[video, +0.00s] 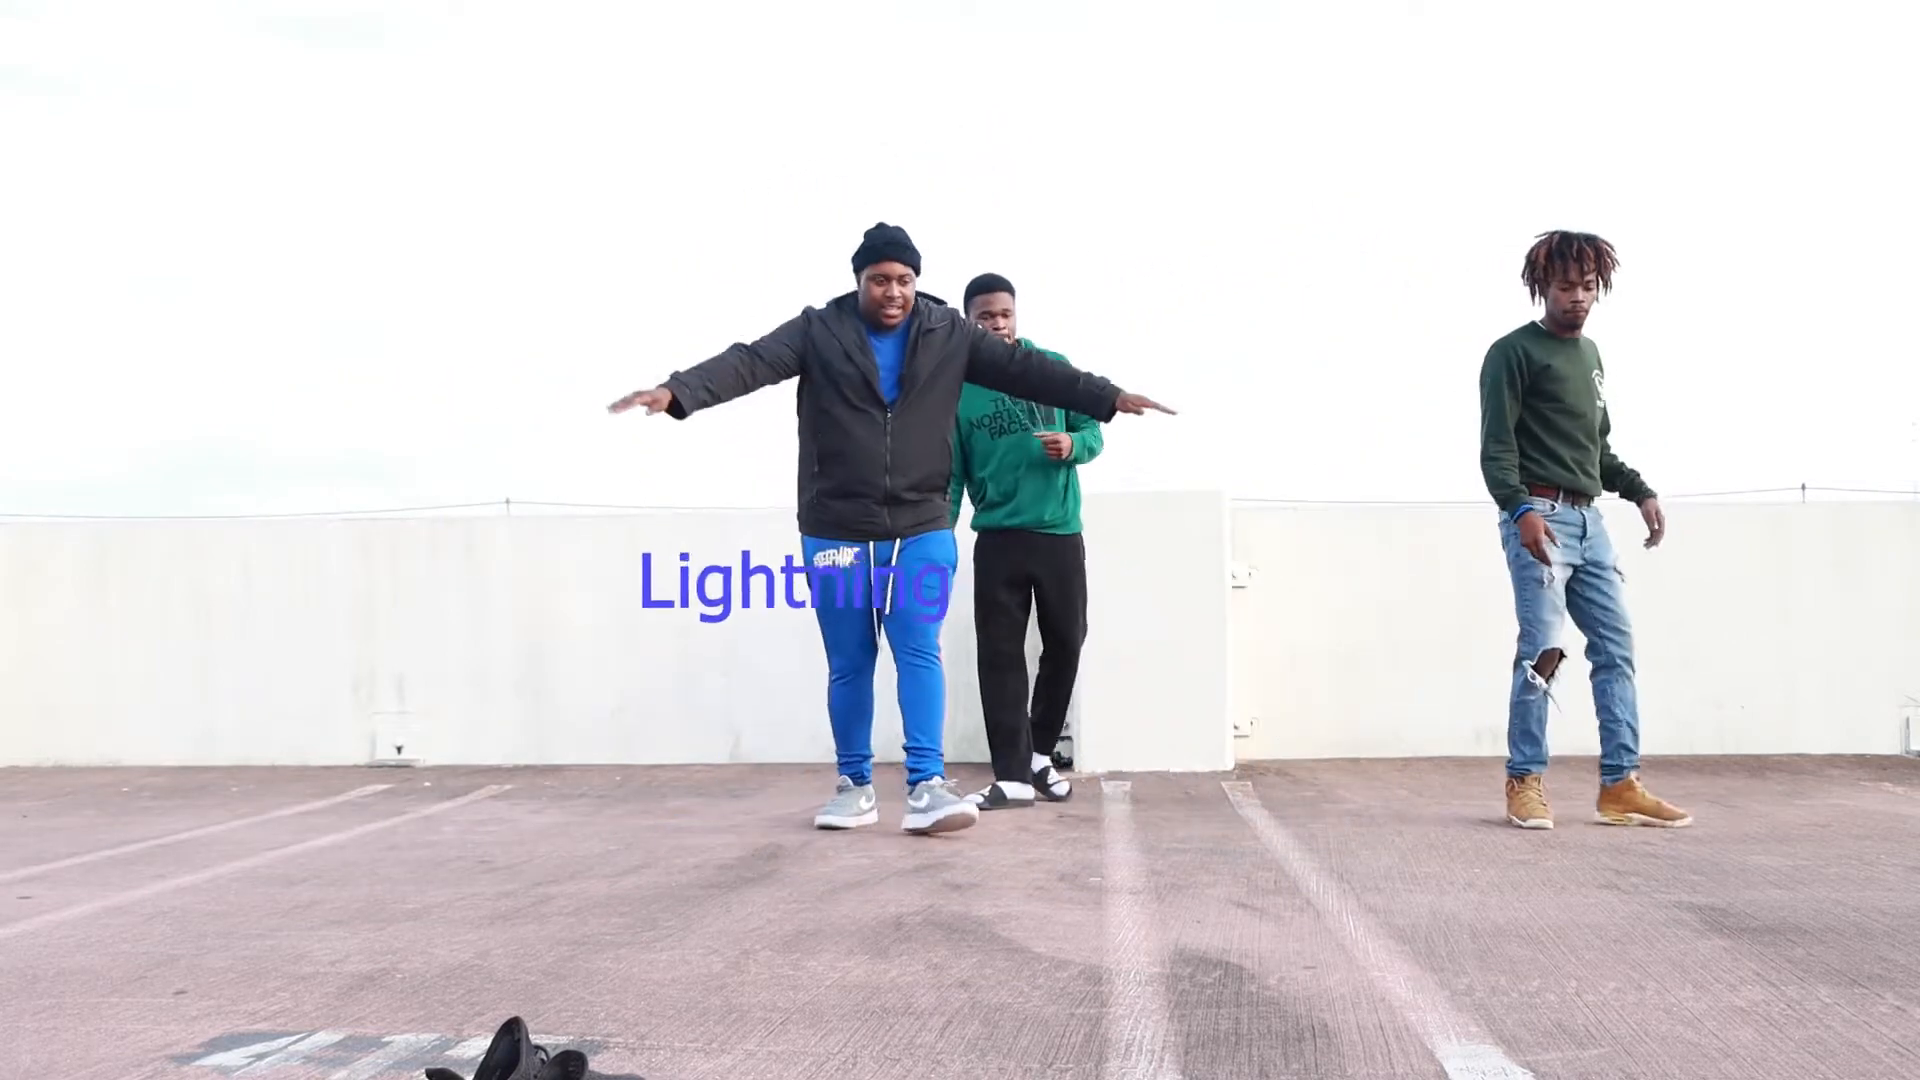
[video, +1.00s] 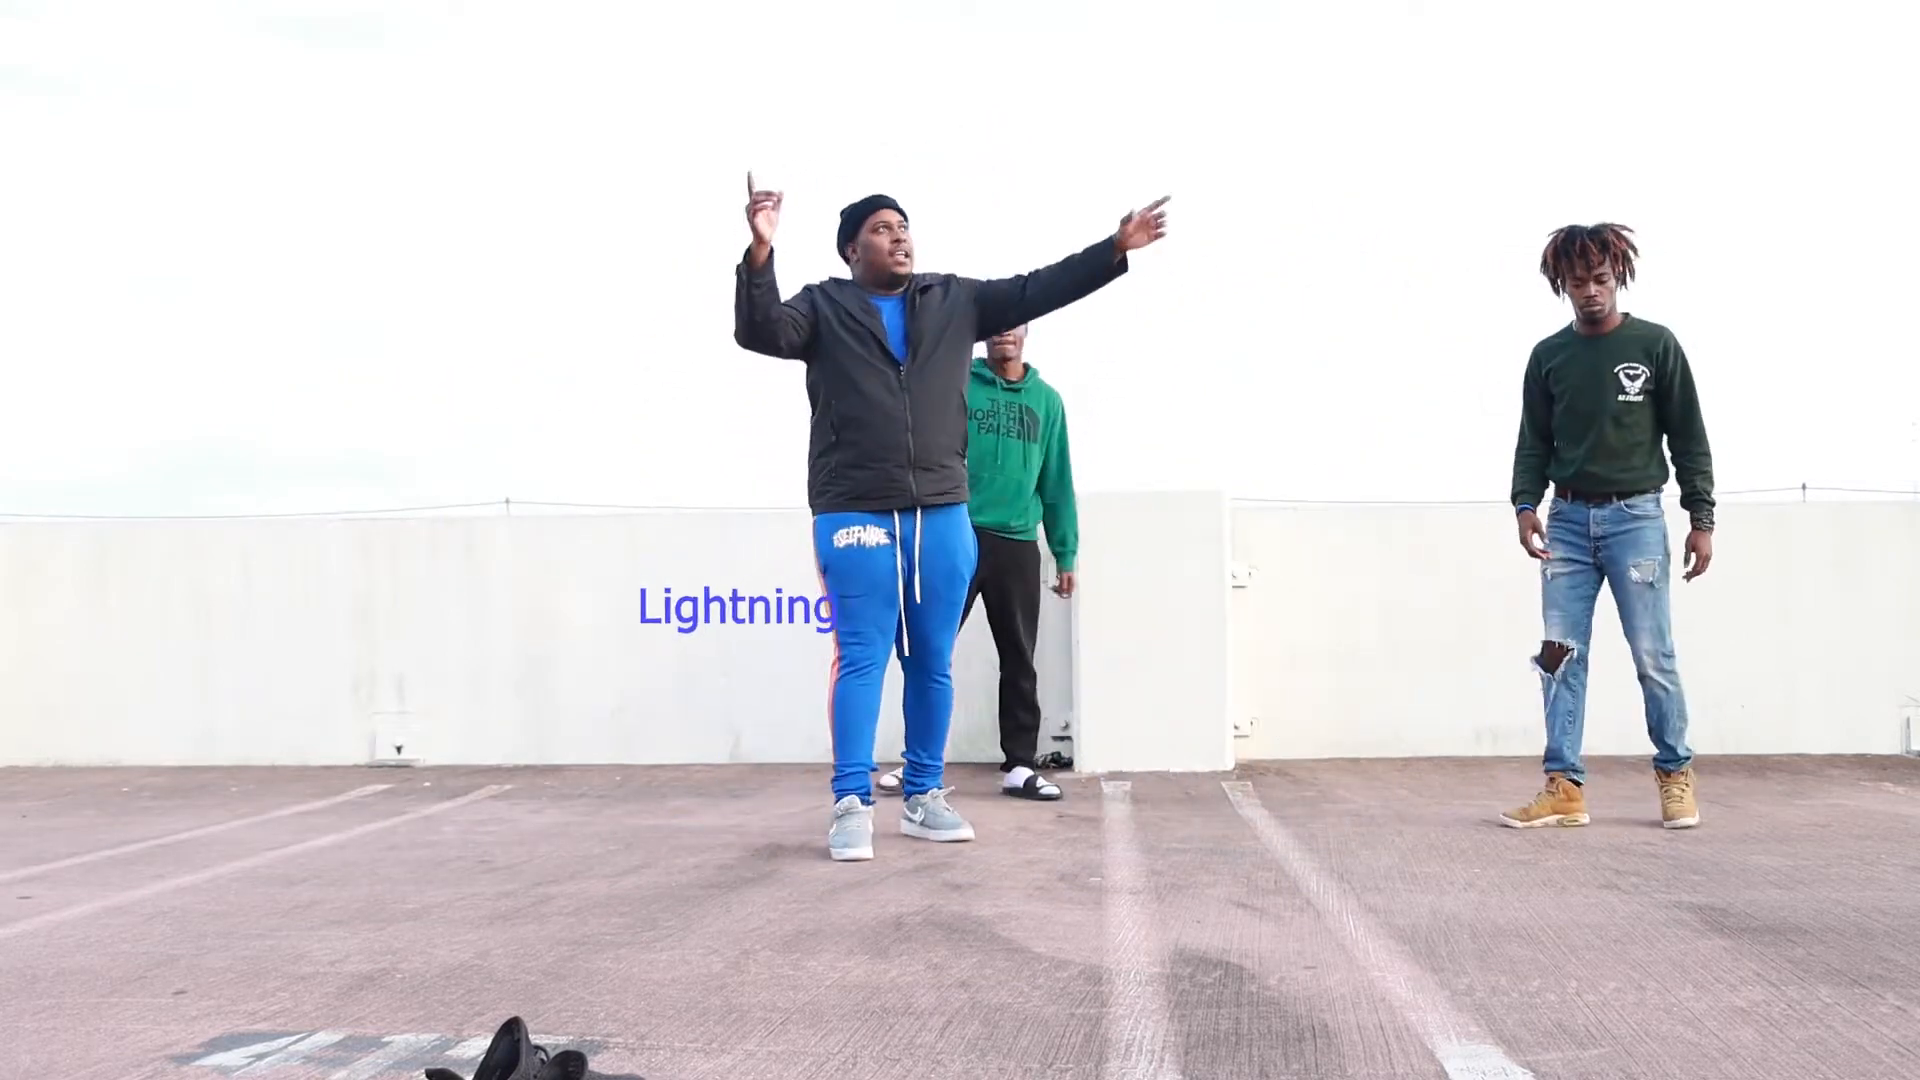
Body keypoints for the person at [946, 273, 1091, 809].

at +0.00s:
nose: (997, 324)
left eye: (1004, 314)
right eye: (986, 316)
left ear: (1017, 316)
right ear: (967, 322)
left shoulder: (1052, 368)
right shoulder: (960, 387)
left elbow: (1094, 434)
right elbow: (948, 478)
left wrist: (1073, 445)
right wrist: (934, 548)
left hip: (1058, 535)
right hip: (998, 537)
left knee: (1065, 646)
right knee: (1000, 655)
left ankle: (1040, 751)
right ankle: (1011, 779)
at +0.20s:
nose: (1020, 326)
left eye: (1027, 316)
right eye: (1008, 318)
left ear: (1037, 319)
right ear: (988, 323)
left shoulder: (1062, 381)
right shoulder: (975, 388)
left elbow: (1089, 450)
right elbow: (959, 477)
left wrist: (1092, 449)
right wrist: (970, 549)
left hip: (1055, 536)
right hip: (998, 537)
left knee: (1049, 656)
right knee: (1003, 657)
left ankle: (1033, 764)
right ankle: (1009, 774)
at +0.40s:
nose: (1038, 333)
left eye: (1045, 324)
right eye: (1027, 324)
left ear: (1055, 328)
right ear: (1006, 329)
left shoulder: (1065, 390)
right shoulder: (984, 385)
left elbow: (1070, 464)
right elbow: (965, 460)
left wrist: (1093, 466)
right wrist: (963, 525)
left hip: (1054, 536)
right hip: (999, 534)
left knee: (1045, 655)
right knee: (1004, 655)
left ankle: (1031, 767)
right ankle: (1008, 772)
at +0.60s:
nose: (1042, 338)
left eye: (1050, 329)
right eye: (1035, 327)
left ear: (1059, 335)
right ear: (1016, 330)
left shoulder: (1067, 394)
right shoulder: (987, 378)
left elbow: (1069, 471)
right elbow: (962, 449)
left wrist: (1086, 472)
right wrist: (956, 510)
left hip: (1045, 532)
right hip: (990, 528)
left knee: (1038, 652)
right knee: (992, 649)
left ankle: (1026, 765)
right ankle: (995, 768)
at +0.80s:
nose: (1037, 343)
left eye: (1044, 334)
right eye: (1028, 334)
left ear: (1054, 340)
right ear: (1011, 338)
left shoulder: (1062, 403)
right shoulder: (981, 380)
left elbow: (1069, 472)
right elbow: (950, 438)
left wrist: (1076, 499)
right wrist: (948, 502)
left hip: (1030, 537)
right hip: (975, 531)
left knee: (1026, 653)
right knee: (971, 652)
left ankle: (1021, 767)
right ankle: (976, 766)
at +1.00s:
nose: (1007, 338)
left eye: (1015, 330)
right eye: (999, 330)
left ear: (1025, 337)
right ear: (984, 337)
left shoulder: (1046, 400)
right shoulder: (957, 382)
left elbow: (1057, 482)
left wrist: (1065, 557)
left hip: (1017, 542)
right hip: (960, 533)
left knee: (1019, 659)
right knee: (927, 650)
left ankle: (1019, 767)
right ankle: (917, 766)